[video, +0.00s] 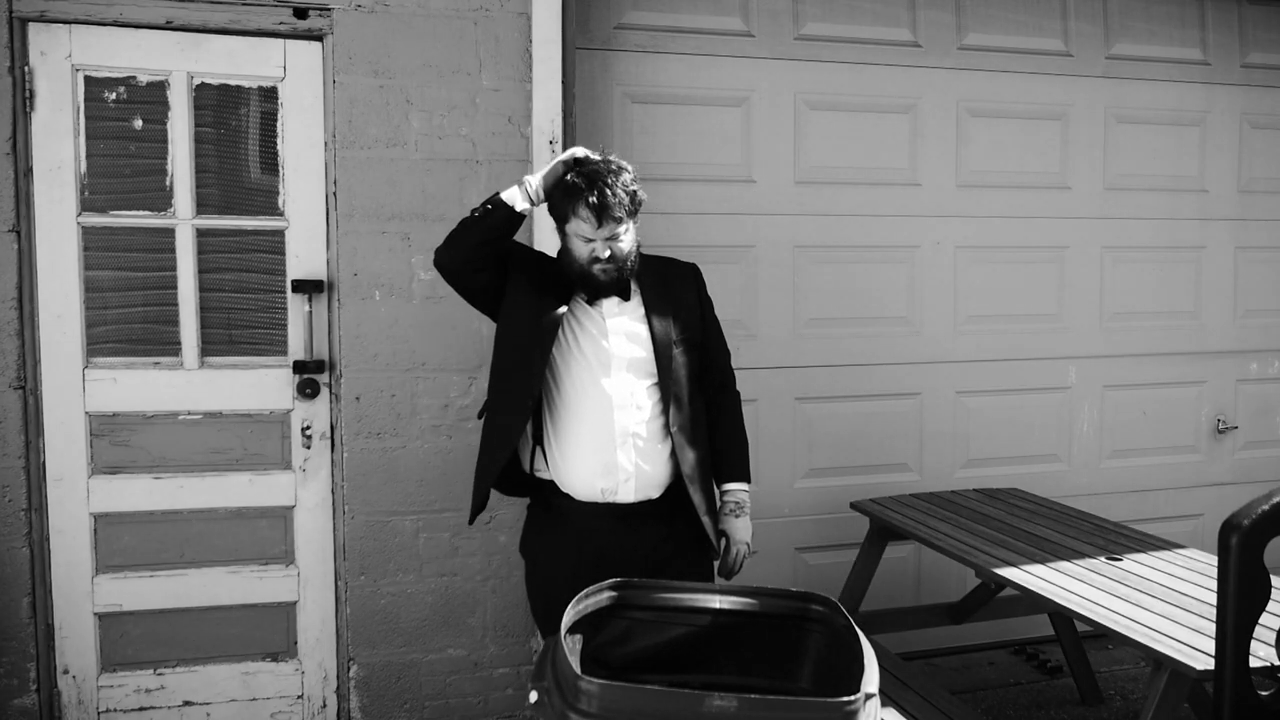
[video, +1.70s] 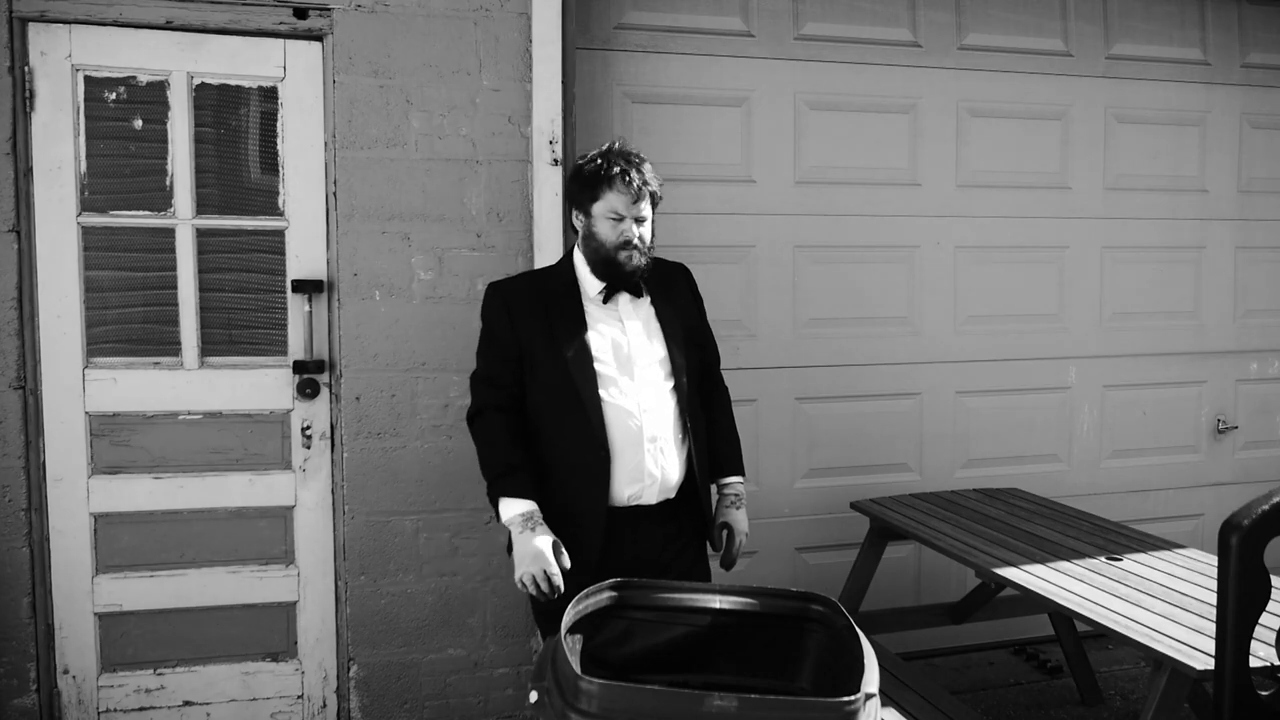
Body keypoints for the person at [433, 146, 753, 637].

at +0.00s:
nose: (603, 251)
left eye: (616, 235)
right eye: (586, 238)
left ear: (635, 224)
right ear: (558, 232)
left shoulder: (679, 286)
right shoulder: (530, 286)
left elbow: (719, 394)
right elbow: (456, 258)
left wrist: (735, 502)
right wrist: (535, 189)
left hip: (669, 527)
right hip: (565, 530)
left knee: (675, 693)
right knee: (577, 691)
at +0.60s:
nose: (621, 250)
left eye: (631, 232)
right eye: (603, 236)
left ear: (645, 224)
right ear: (570, 231)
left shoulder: (681, 287)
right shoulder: (521, 290)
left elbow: (719, 396)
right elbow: (428, 314)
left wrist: (733, 504)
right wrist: (481, 234)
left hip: (670, 528)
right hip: (566, 531)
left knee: (675, 695)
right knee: (577, 693)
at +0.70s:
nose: (637, 246)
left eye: (643, 228)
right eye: (619, 232)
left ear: (652, 221)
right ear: (578, 229)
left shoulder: (682, 288)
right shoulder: (519, 295)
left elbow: (719, 397)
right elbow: (435, 363)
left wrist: (734, 504)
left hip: (670, 527)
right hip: (566, 532)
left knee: (676, 694)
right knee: (577, 693)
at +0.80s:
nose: (646, 243)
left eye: (651, 227)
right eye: (629, 228)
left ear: (657, 222)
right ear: (583, 228)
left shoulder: (681, 288)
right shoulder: (518, 301)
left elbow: (718, 396)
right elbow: (475, 375)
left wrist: (733, 503)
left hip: (669, 530)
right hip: (566, 535)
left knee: (674, 695)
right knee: (575, 693)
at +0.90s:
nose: (650, 243)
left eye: (653, 227)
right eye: (634, 229)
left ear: (659, 221)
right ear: (585, 229)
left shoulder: (679, 287)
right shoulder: (515, 303)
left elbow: (715, 394)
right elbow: (485, 409)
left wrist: (733, 500)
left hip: (671, 532)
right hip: (567, 539)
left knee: (678, 699)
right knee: (580, 707)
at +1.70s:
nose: (636, 235)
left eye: (644, 220)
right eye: (618, 220)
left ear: (654, 217)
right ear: (580, 219)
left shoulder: (675, 285)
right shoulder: (517, 303)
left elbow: (710, 388)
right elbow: (494, 417)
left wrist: (730, 491)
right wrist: (524, 525)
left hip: (676, 530)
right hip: (581, 538)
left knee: (684, 698)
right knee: (588, 706)